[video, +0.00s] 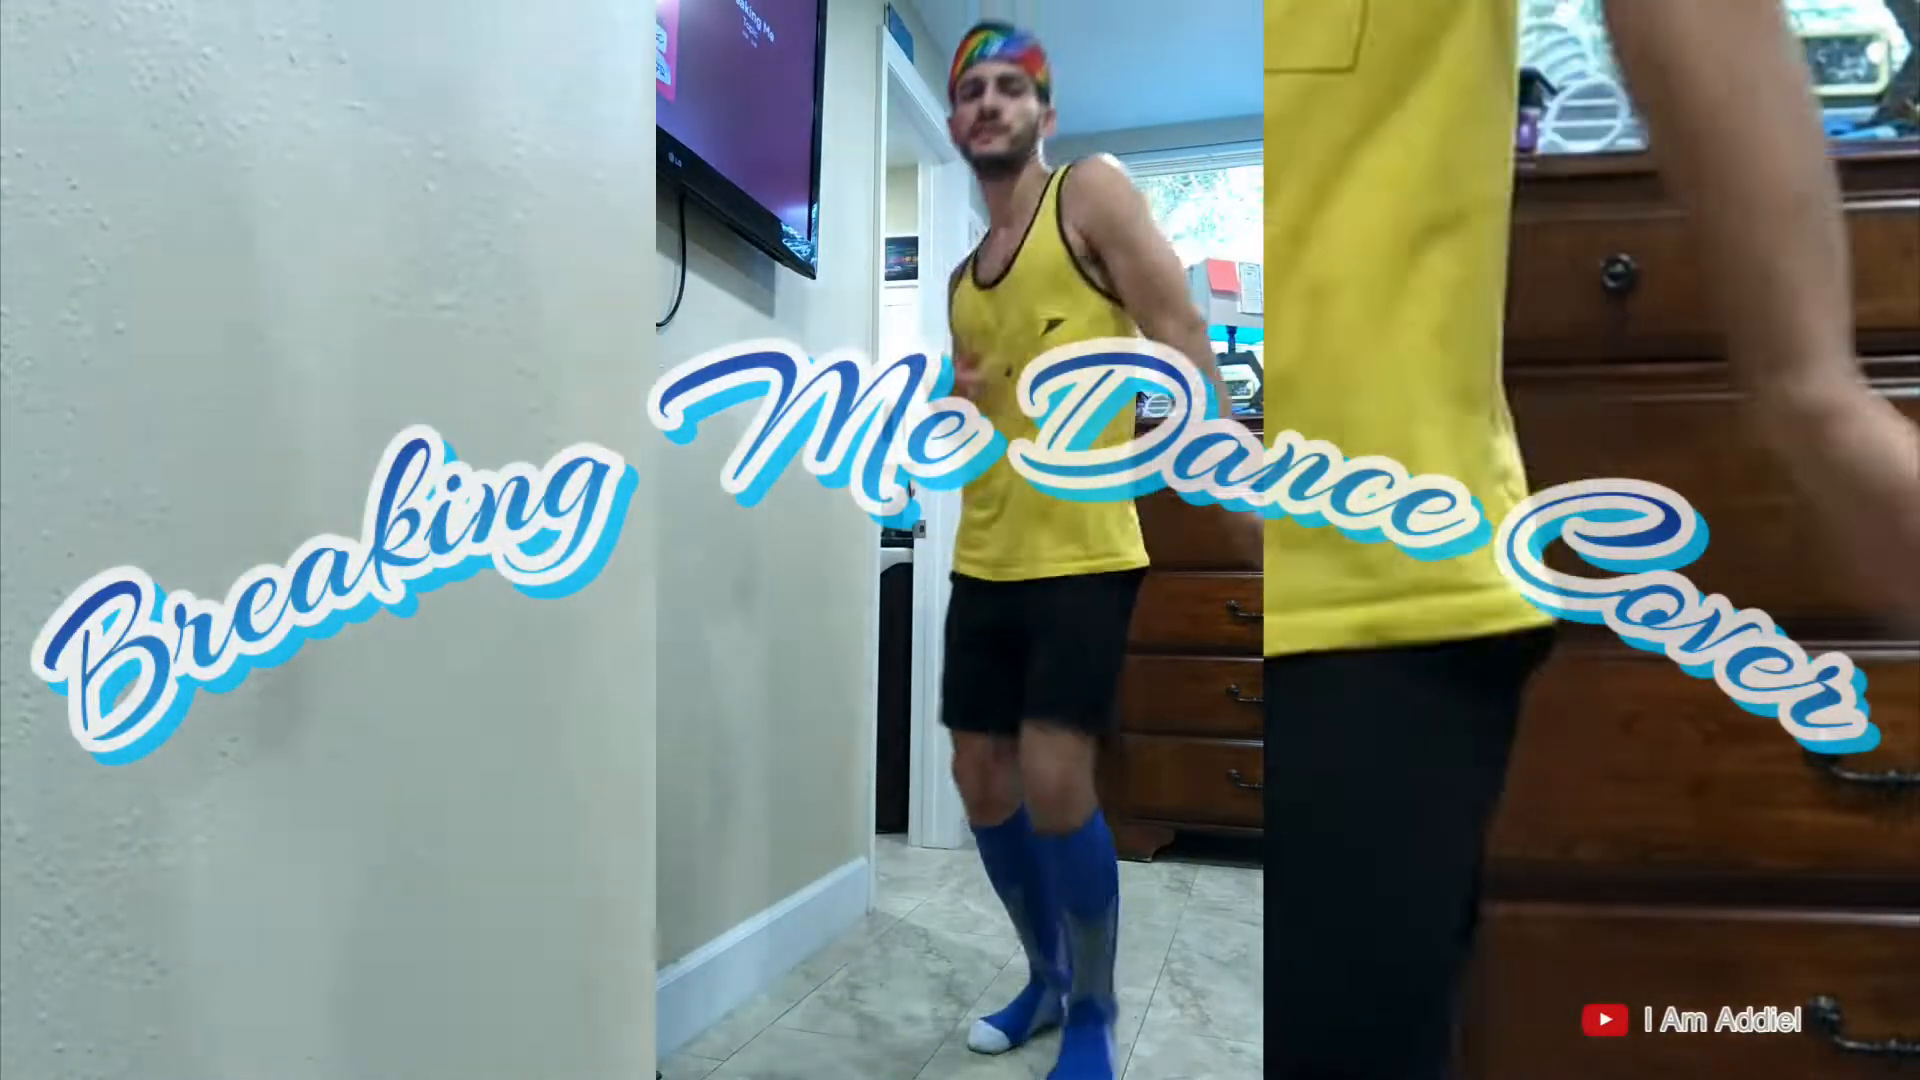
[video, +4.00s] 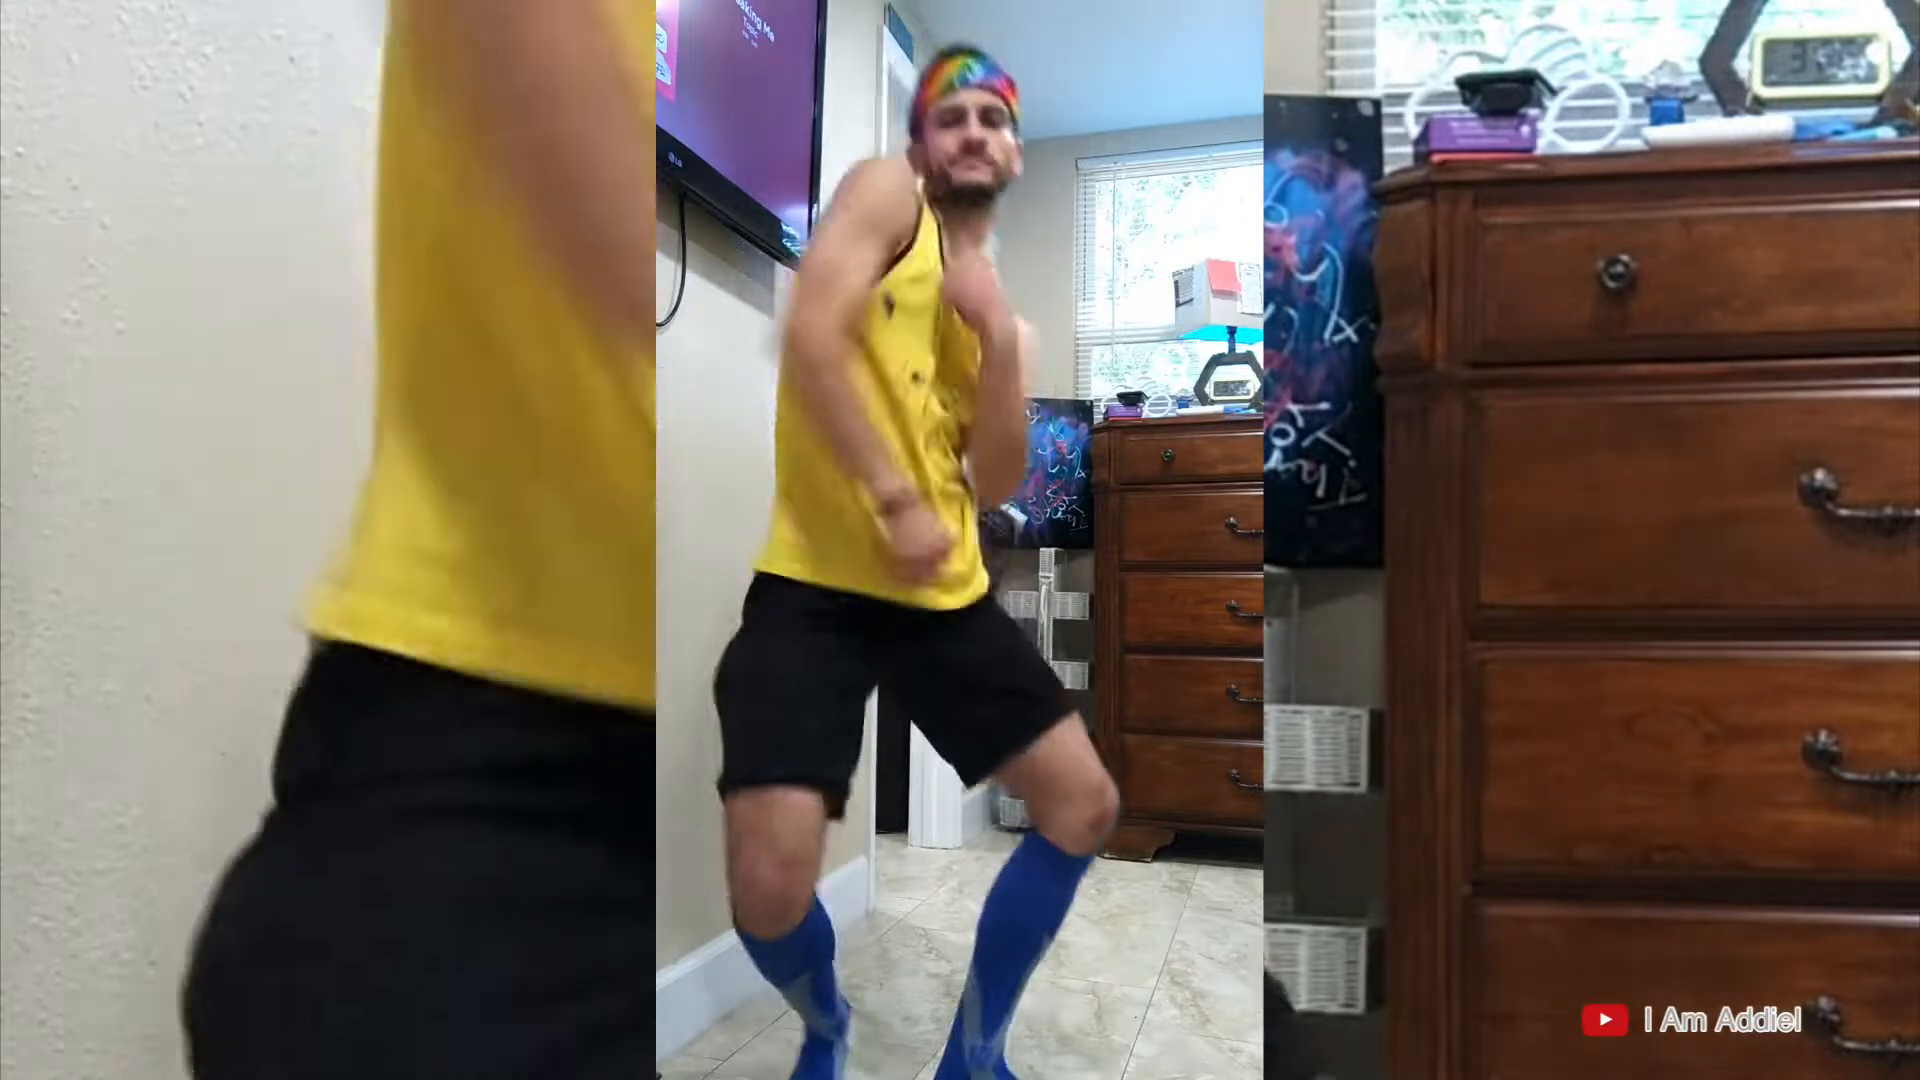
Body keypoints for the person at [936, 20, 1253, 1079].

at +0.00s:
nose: (988, 105)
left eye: (1008, 90)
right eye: (971, 93)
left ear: (1044, 112)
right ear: (953, 121)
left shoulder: (1088, 189)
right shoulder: (969, 269)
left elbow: (1183, 334)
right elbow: (968, 404)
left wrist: (1153, 437)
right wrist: (902, 447)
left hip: (1083, 545)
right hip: (986, 553)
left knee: (1052, 775)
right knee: (981, 775)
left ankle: (1093, 1019)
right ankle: (1049, 980)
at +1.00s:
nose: (1063, 149)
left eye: (1080, 136)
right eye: (1046, 141)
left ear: (1112, 162)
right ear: (1025, 167)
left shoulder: (1131, 297)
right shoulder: (975, 235)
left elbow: (1105, 419)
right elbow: (899, 335)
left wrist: (1113, 296)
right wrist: (879, 422)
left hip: (1054, 538)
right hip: (950, 520)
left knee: (1069, 767)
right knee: (997, 725)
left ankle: (991, 941)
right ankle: (969, 944)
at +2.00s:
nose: (944, 97)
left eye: (961, 84)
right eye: (924, 83)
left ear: (983, 110)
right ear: (893, 108)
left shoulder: (1021, 237)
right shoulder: (856, 229)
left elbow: (1021, 381)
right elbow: (841, 380)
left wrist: (1040, 434)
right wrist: (958, 322)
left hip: (994, 549)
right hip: (873, 549)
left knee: (1087, 749)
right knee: (844, 782)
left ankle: (1009, 1013)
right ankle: (834, 1011)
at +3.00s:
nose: (1033, 104)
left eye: (1050, 90)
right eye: (1012, 94)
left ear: (1080, 116)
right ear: (984, 128)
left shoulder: (1129, 228)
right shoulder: (977, 258)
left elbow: (1065, 335)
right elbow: (986, 392)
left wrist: (998, 241)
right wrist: (972, 502)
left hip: (1083, 566)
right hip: (956, 550)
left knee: (1117, 825)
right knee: (853, 756)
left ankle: (1052, 1025)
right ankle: (936, 929)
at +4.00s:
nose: (972, 130)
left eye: (992, 118)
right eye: (950, 118)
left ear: (1017, 152)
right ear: (918, 142)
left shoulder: (998, 308)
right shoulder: (886, 191)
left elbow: (999, 482)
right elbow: (810, 333)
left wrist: (1002, 336)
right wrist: (893, 492)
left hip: (949, 598)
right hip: (813, 586)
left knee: (1084, 806)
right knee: (765, 896)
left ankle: (974, 1055)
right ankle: (826, 1025)